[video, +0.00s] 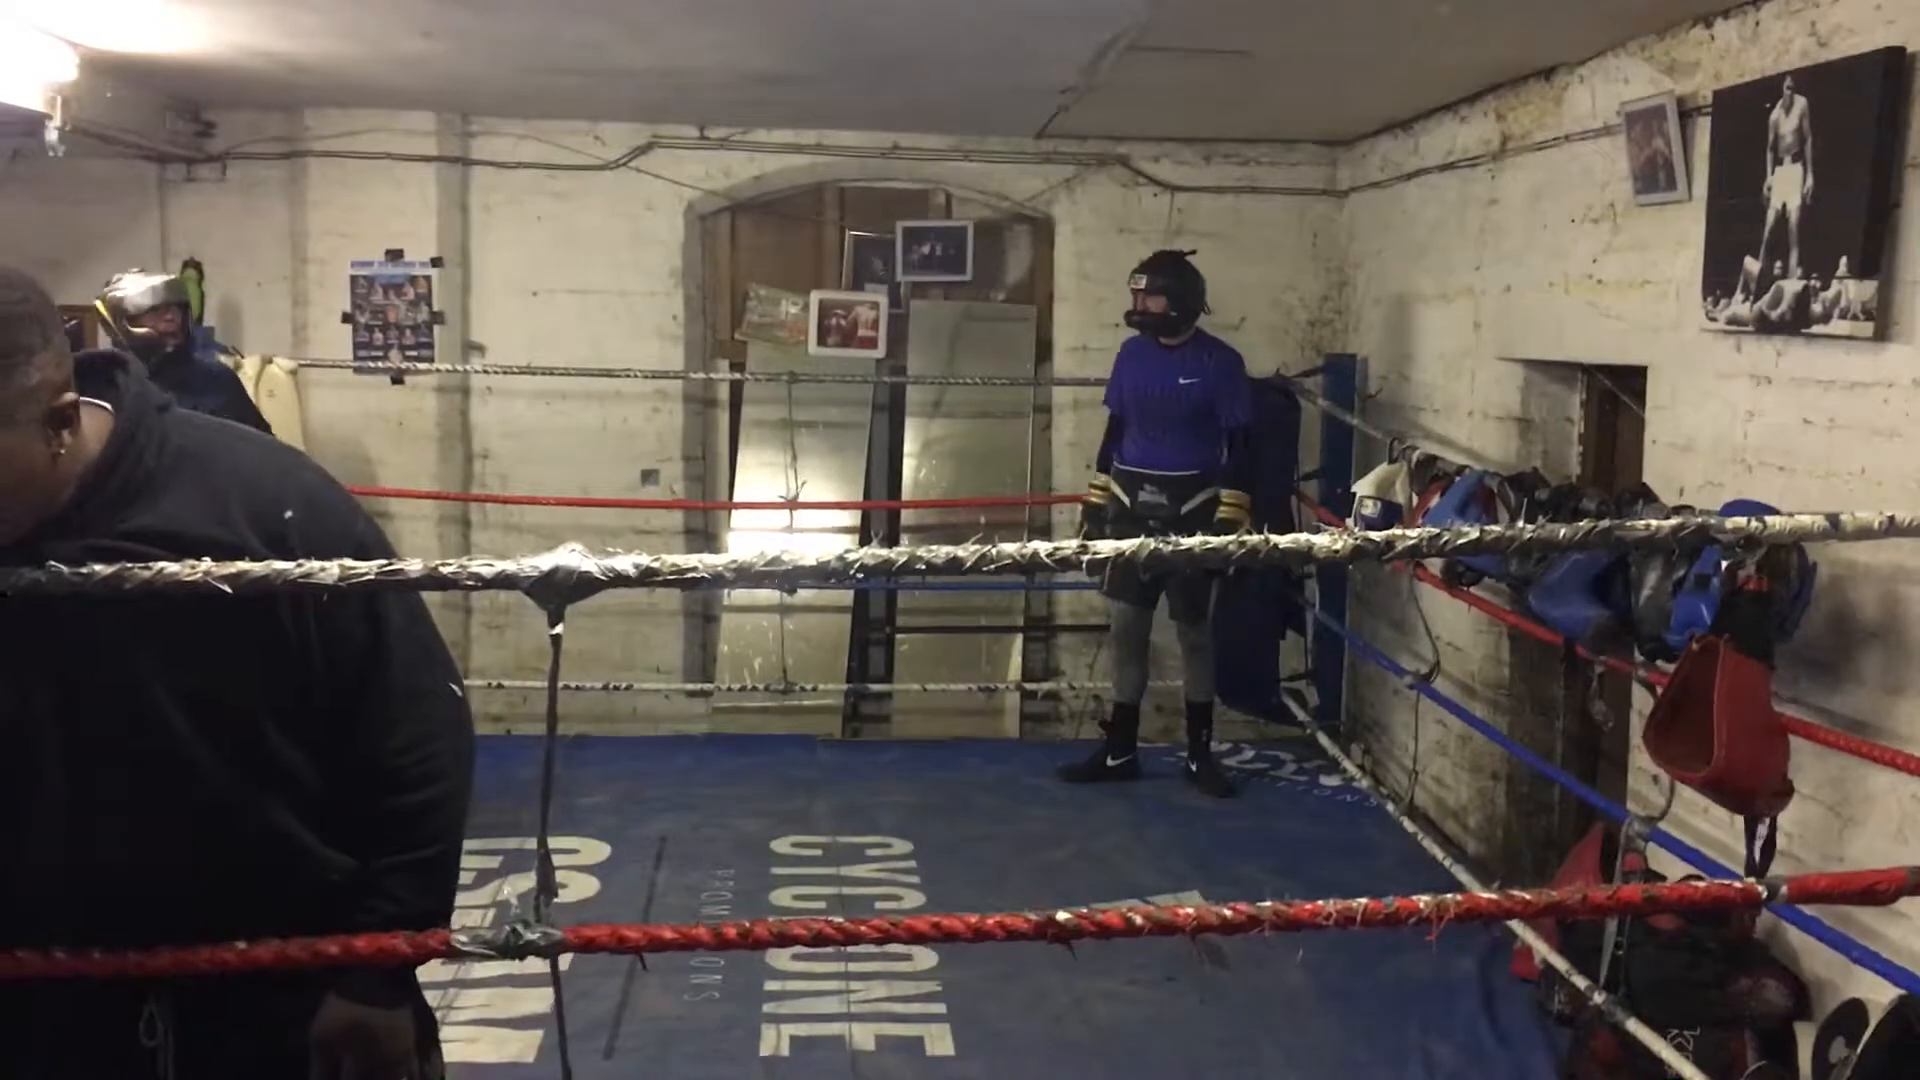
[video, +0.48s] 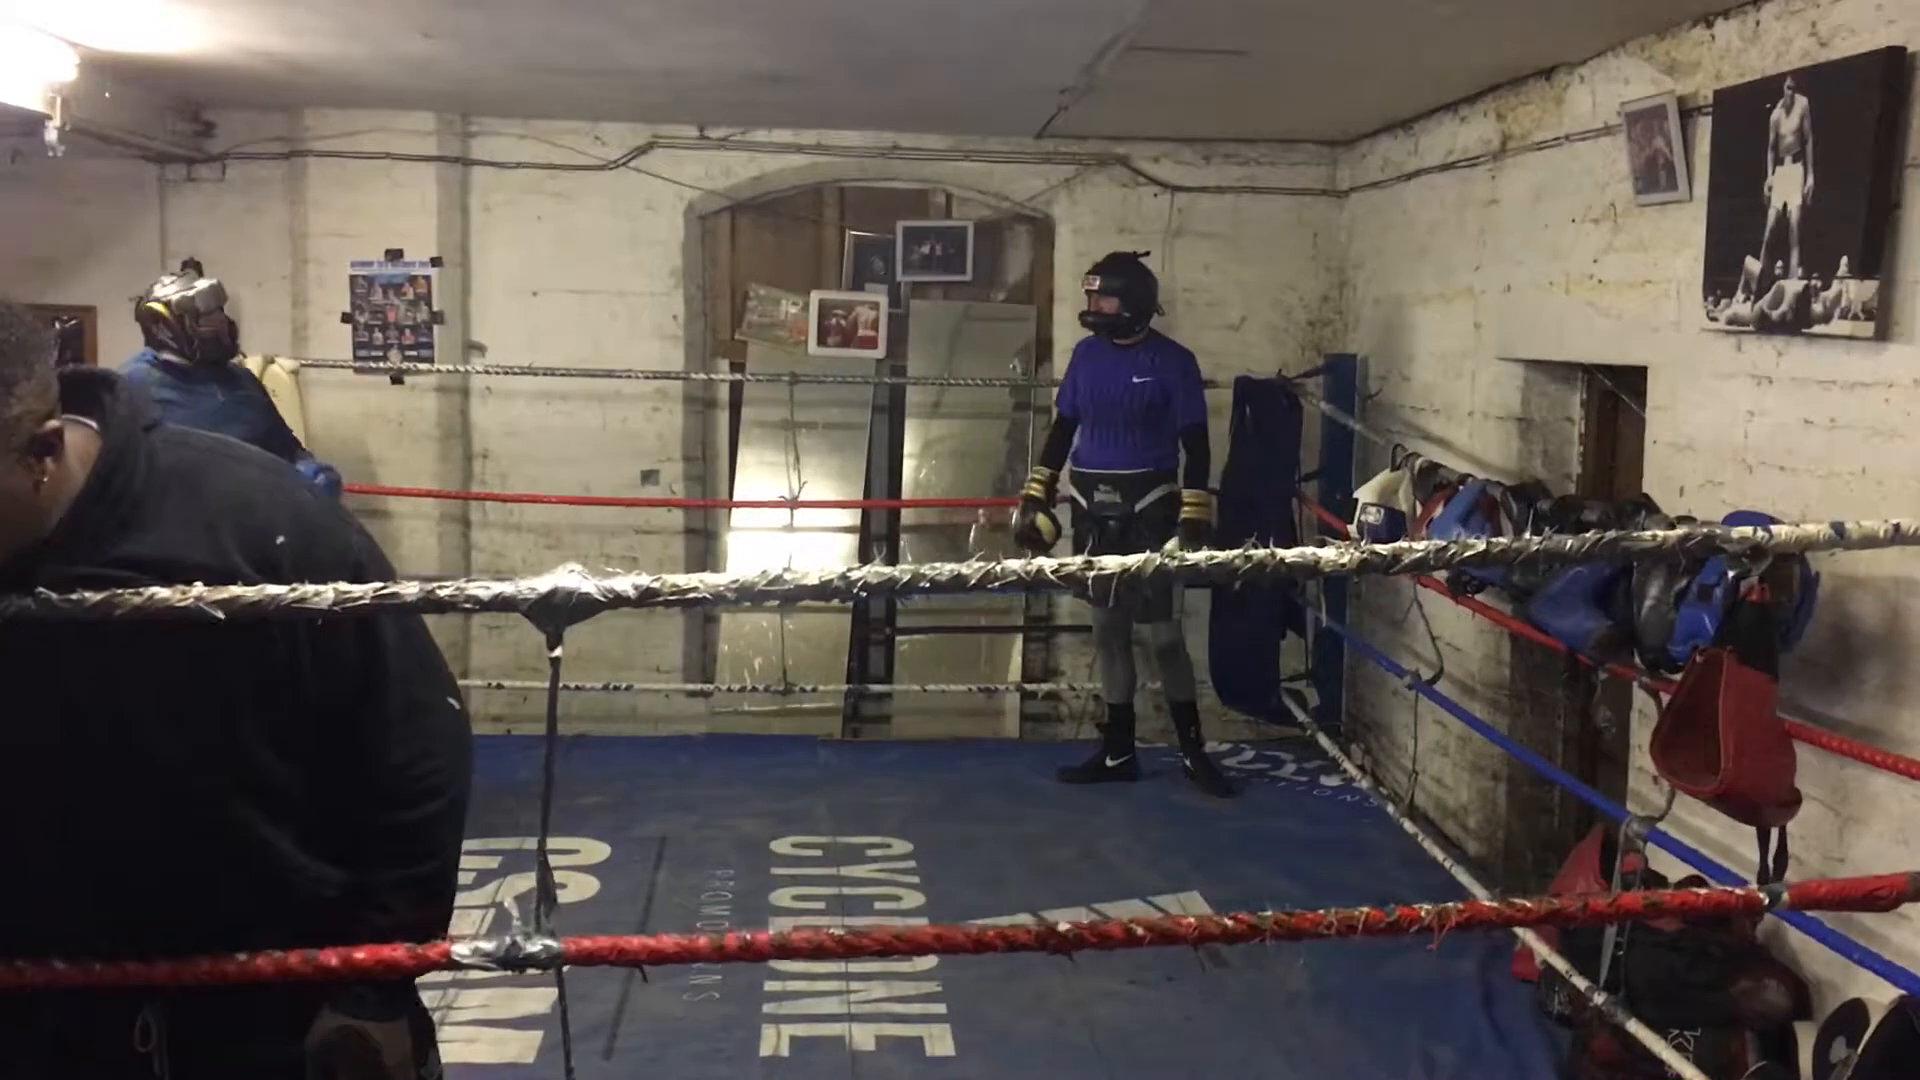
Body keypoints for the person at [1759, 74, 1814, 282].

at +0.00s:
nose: (1788, 92)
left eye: (1791, 89)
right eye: (1786, 89)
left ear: (1795, 90)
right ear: (1782, 89)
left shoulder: (1801, 104)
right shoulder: (1774, 115)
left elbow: (1808, 138)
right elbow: (1770, 147)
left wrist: (1810, 175)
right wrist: (1768, 175)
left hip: (1796, 164)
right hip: (1779, 166)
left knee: (1794, 220)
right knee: (1770, 220)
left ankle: (1793, 268)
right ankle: (1761, 266)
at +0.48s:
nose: (1789, 93)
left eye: (1792, 89)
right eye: (1787, 89)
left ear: (1797, 90)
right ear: (1783, 89)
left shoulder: (1802, 105)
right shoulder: (1775, 115)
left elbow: (1809, 139)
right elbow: (1771, 146)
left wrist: (1810, 175)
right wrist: (1769, 175)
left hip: (1797, 163)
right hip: (1780, 164)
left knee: (1794, 218)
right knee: (1771, 219)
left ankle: (1794, 267)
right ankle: (1762, 265)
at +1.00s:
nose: (1789, 93)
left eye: (1792, 90)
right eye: (1787, 89)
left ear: (1797, 90)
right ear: (1782, 88)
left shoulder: (1802, 104)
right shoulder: (1775, 114)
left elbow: (1808, 139)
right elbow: (1771, 146)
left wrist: (1810, 175)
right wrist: (1769, 175)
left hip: (1797, 163)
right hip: (1779, 165)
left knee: (1794, 220)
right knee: (1771, 220)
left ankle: (1794, 269)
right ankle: (1762, 266)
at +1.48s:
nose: (1789, 92)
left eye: (1792, 89)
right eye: (1787, 88)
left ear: (1797, 90)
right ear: (1783, 88)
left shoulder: (1802, 104)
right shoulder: (1775, 114)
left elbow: (1809, 139)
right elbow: (1771, 146)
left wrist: (1810, 175)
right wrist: (1769, 175)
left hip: (1797, 163)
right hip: (1780, 165)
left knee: (1794, 220)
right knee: (1771, 221)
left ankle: (1794, 269)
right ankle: (1762, 267)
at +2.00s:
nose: (1788, 92)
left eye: (1792, 89)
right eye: (1787, 88)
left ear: (1796, 90)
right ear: (1783, 88)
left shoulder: (1802, 104)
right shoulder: (1775, 114)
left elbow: (1808, 139)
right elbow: (1771, 146)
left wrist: (1810, 175)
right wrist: (1769, 175)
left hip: (1797, 164)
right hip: (1780, 165)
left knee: (1794, 219)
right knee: (1771, 219)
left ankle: (1794, 267)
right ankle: (1762, 265)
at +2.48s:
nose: (1789, 92)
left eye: (1792, 89)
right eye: (1787, 88)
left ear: (1797, 90)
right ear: (1783, 88)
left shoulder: (1802, 104)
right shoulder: (1775, 114)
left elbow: (1809, 138)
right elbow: (1770, 146)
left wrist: (1810, 175)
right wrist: (1769, 175)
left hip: (1796, 163)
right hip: (1779, 165)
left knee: (1794, 221)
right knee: (1771, 220)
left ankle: (1793, 271)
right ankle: (1761, 269)